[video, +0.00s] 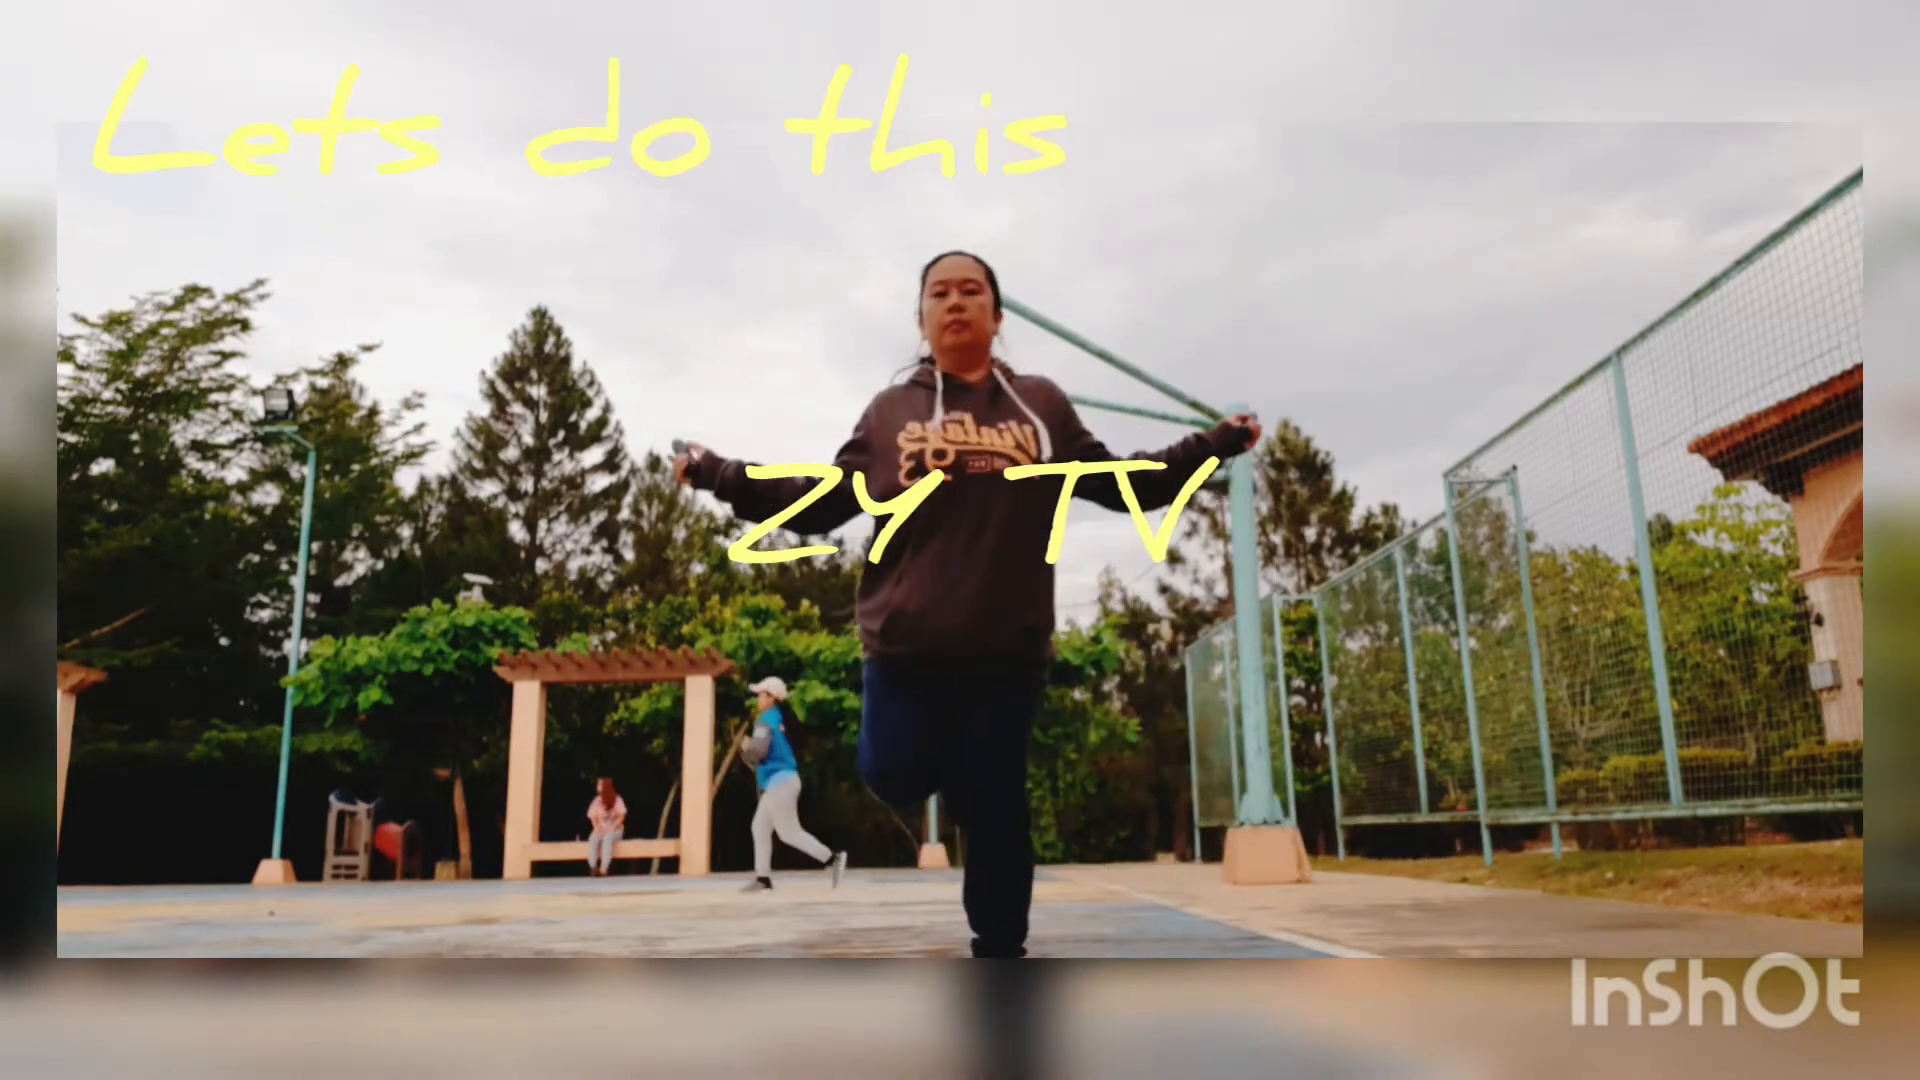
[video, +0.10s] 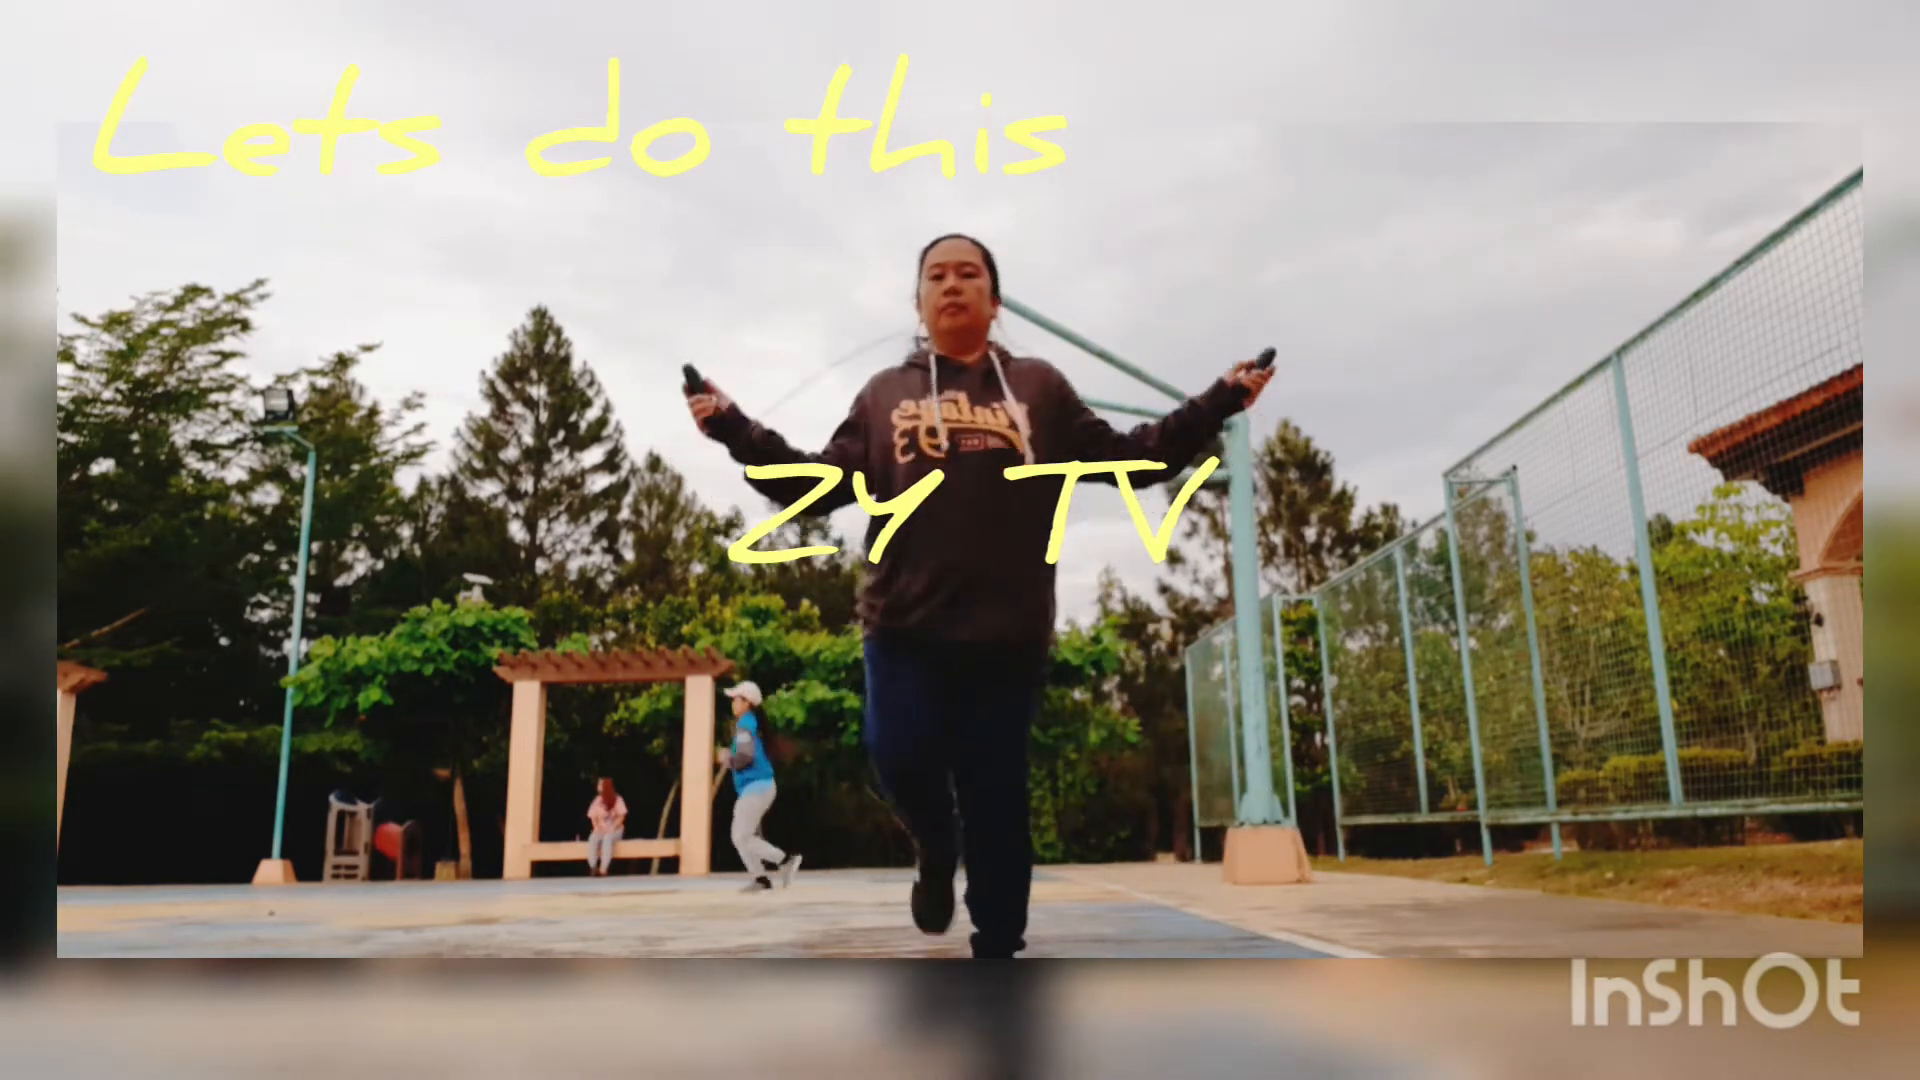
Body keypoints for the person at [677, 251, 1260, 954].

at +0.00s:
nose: (956, 304)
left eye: (972, 293)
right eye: (941, 295)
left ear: (997, 319)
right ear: (922, 320)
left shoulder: (1040, 403)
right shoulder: (892, 408)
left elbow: (1118, 482)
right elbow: (827, 497)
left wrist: (1210, 448)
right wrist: (727, 478)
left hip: (1003, 642)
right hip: (905, 643)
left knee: (996, 809)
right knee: (895, 778)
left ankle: (1001, 956)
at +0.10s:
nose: (953, 285)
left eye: (968, 275)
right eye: (938, 276)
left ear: (995, 301)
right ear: (918, 302)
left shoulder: (1038, 387)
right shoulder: (885, 393)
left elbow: (1128, 457)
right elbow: (819, 485)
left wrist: (1216, 403)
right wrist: (734, 431)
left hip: (1005, 622)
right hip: (904, 622)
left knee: (995, 791)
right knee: (895, 754)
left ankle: (998, 948)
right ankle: (935, 847)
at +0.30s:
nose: (943, 276)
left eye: (959, 265)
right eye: (929, 266)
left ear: (987, 287)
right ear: (907, 290)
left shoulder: (1032, 381)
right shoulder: (867, 384)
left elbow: (1106, 465)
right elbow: (812, 491)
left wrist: (1199, 416)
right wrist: (755, 447)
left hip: (1006, 620)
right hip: (902, 622)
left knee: (1007, 789)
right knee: (906, 789)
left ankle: (1008, 954)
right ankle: (896, 956)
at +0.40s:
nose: (942, 303)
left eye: (957, 292)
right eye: (927, 293)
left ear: (983, 316)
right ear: (906, 318)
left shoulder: (1029, 413)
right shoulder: (869, 417)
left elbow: (1099, 508)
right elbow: (820, 518)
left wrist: (1182, 507)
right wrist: (759, 536)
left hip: (1006, 653)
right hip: (902, 657)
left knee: (1002, 812)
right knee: (906, 810)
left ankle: (1005, 960)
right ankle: (900, 961)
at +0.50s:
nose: (941, 288)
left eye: (956, 277)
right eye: (926, 278)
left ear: (982, 299)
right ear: (906, 302)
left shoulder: (1030, 395)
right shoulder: (870, 401)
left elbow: (1091, 490)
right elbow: (824, 502)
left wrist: (1169, 531)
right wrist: (764, 554)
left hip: (1008, 637)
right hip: (903, 640)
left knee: (1005, 799)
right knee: (903, 798)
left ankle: (1006, 953)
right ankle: (898, 953)